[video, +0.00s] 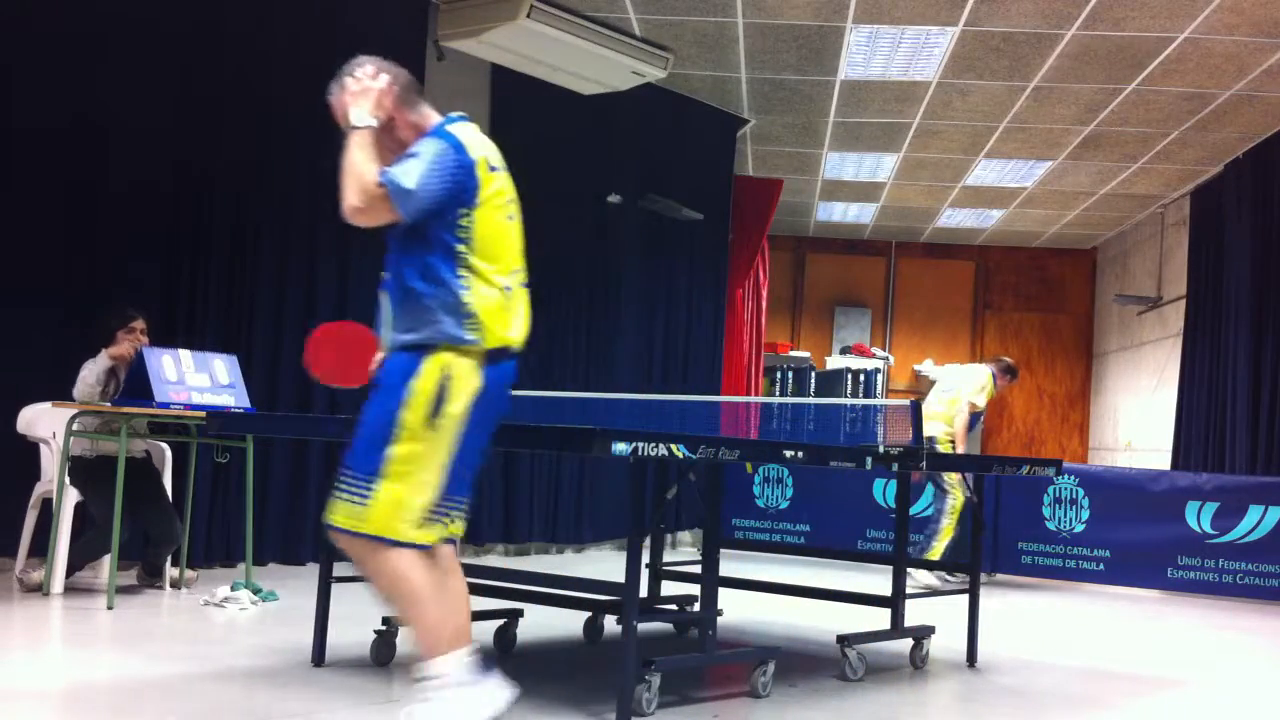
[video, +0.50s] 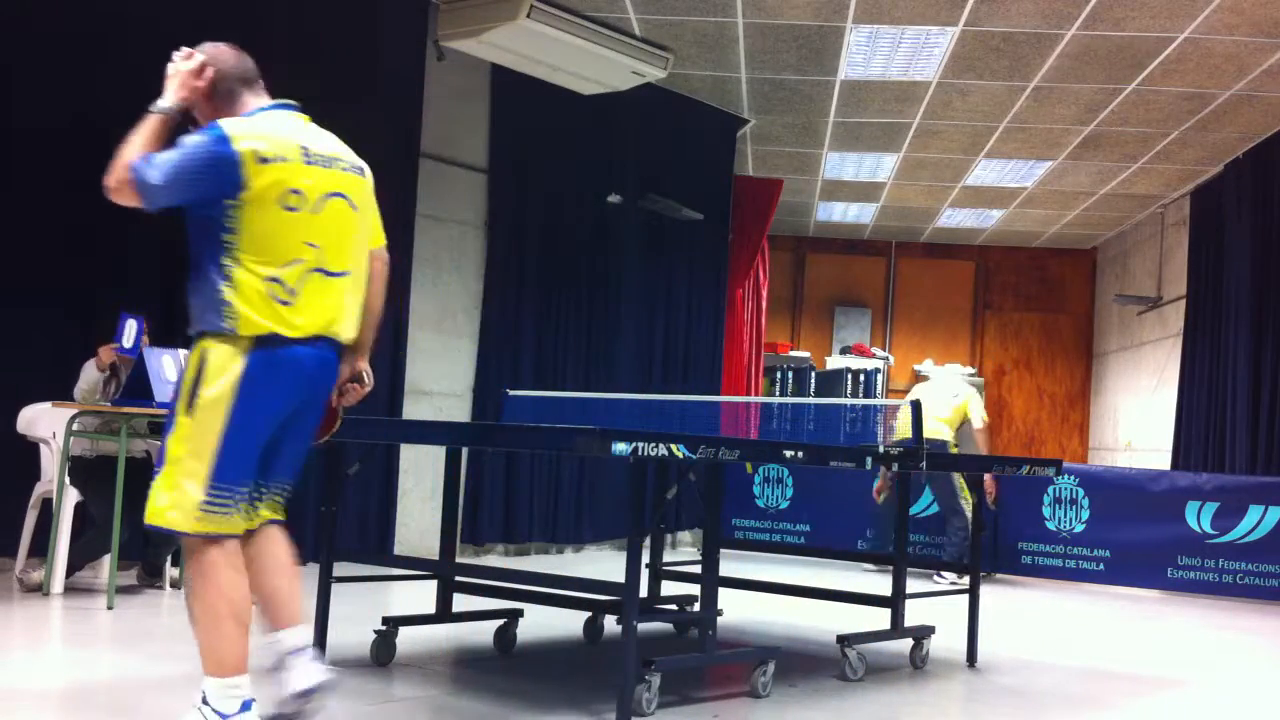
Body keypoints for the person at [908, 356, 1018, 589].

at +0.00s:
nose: (1002, 388)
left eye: (1005, 385)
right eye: (1006, 384)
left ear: (991, 364)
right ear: (1003, 375)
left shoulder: (959, 369)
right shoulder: (984, 377)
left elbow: (931, 370)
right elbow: (962, 411)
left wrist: (926, 366)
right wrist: (960, 453)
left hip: (924, 433)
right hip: (939, 436)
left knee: (955, 497)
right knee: (956, 496)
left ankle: (938, 564)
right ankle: (927, 563)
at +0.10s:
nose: (999, 385)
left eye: (1002, 382)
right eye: (1002, 381)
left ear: (985, 360)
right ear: (1001, 372)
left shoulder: (952, 368)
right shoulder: (987, 373)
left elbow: (926, 404)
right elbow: (972, 407)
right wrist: (976, 447)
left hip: (922, 436)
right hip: (943, 436)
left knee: (949, 501)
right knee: (962, 499)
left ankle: (927, 561)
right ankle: (940, 564)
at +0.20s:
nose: (996, 383)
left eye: (997, 380)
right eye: (997, 379)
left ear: (980, 359)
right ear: (995, 370)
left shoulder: (949, 367)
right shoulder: (986, 369)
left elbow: (926, 402)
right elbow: (982, 407)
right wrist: (992, 446)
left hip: (923, 433)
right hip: (946, 432)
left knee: (940, 498)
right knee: (959, 498)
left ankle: (940, 561)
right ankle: (949, 564)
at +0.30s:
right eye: (991, 380)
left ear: (968, 364)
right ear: (988, 371)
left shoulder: (939, 370)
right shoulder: (984, 374)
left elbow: (915, 406)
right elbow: (987, 413)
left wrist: (899, 456)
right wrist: (997, 448)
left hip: (921, 437)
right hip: (949, 438)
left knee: (935, 501)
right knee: (959, 504)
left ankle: (941, 562)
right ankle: (948, 567)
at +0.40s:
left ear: (948, 368)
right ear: (971, 372)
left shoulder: (930, 376)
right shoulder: (977, 381)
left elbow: (912, 406)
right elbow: (987, 419)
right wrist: (997, 461)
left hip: (914, 443)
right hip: (946, 443)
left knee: (913, 506)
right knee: (959, 510)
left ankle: (909, 563)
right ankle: (949, 568)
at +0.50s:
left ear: (937, 377)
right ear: (964, 379)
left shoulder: (919, 388)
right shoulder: (968, 391)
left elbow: (896, 430)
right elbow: (979, 429)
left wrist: (883, 474)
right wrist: (987, 472)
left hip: (903, 444)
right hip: (938, 446)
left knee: (894, 499)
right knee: (960, 508)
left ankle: (879, 555)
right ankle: (950, 568)